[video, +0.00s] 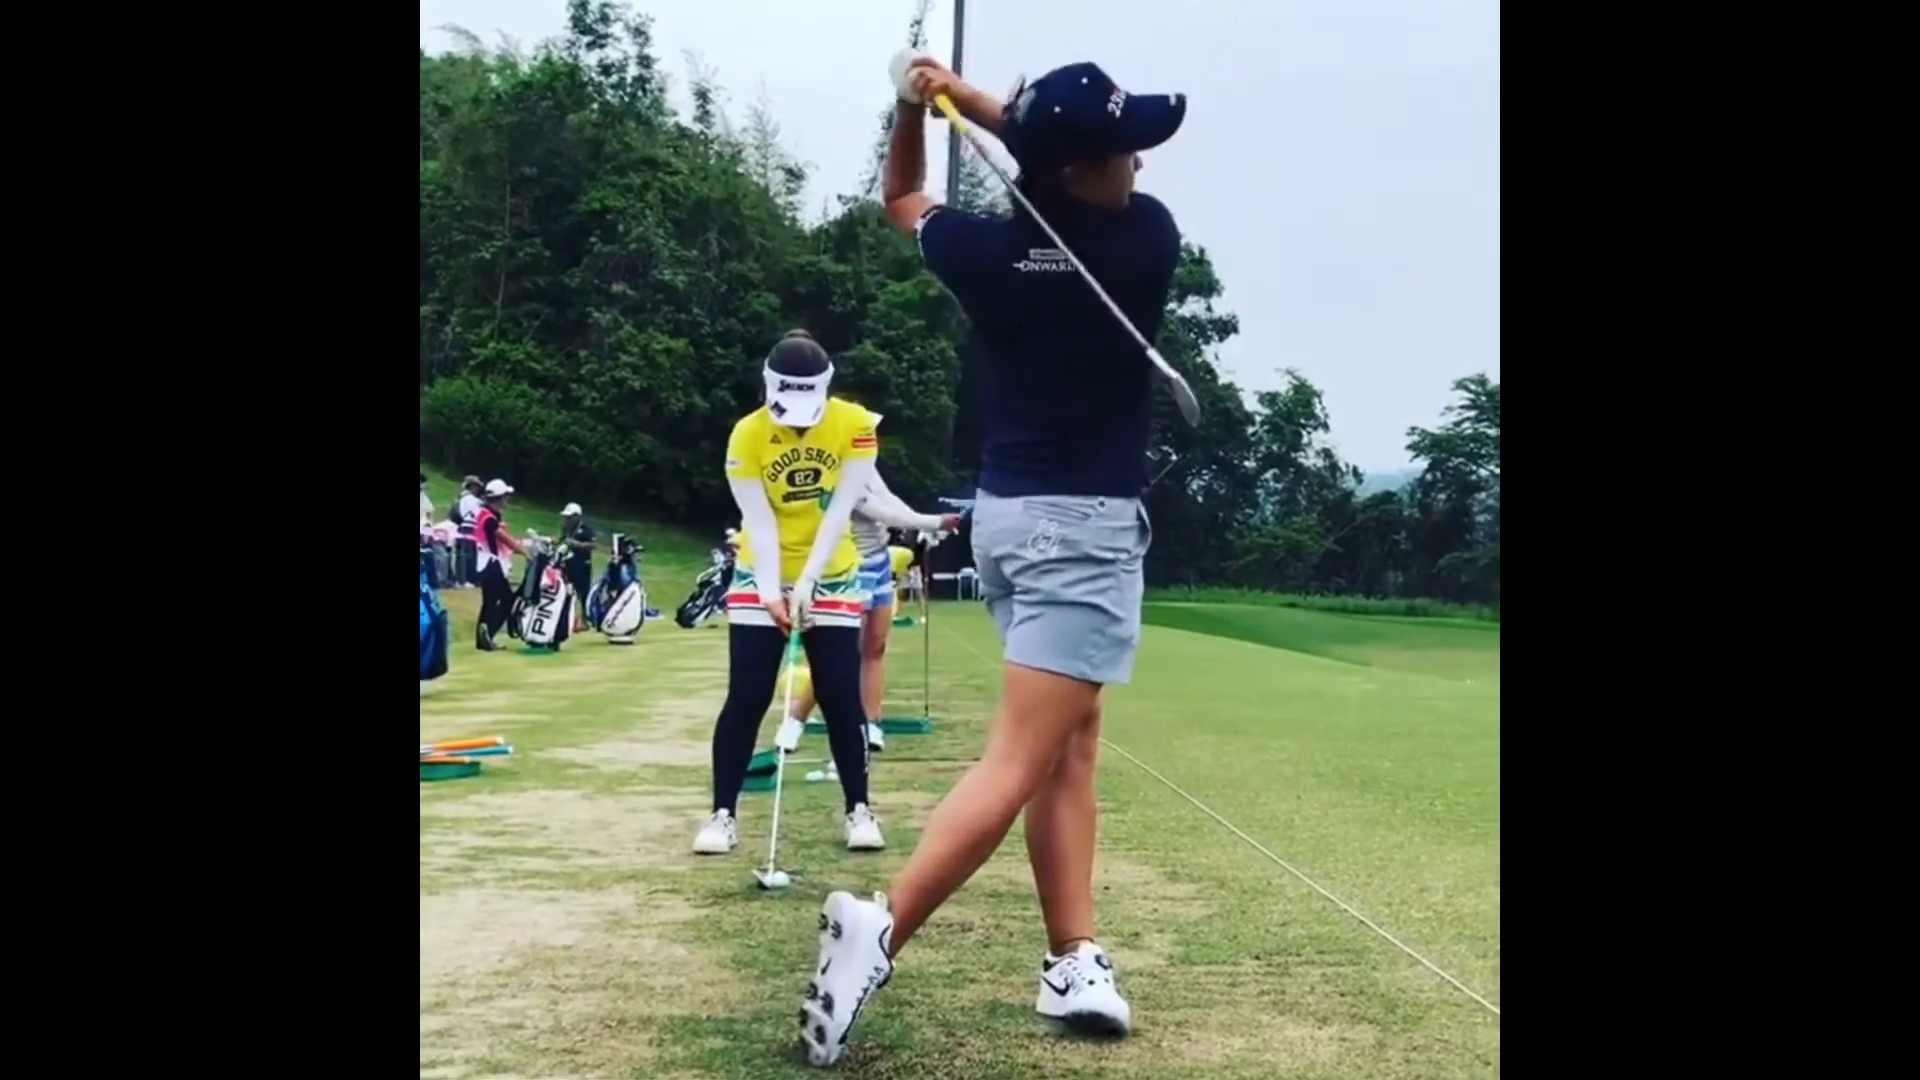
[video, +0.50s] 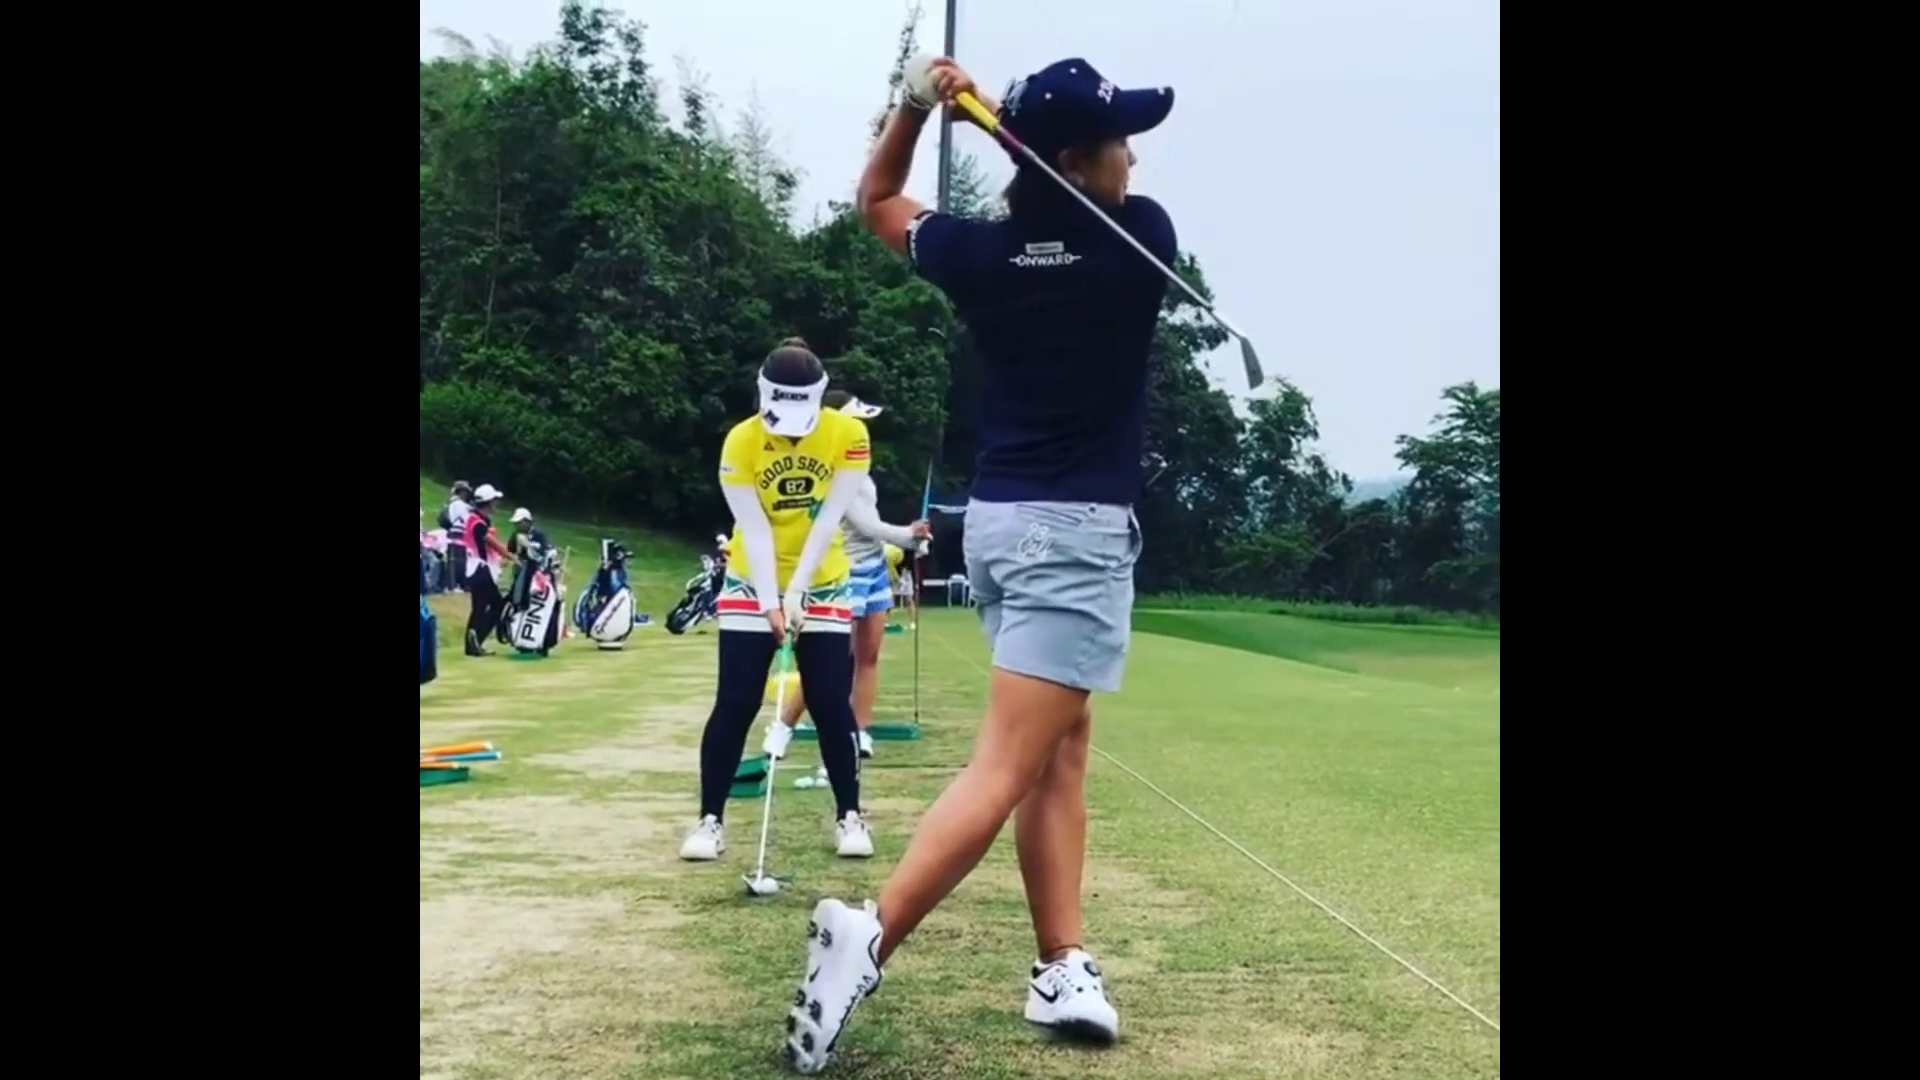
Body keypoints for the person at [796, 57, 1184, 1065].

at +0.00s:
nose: (1138, 160)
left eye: (1133, 146)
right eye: (1126, 151)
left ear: (1039, 166)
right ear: (1086, 166)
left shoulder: (979, 243)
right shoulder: (1143, 238)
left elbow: (906, 198)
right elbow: (1068, 159)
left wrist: (911, 108)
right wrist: (967, 98)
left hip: (1000, 515)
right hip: (1086, 519)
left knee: (1072, 745)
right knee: (1018, 762)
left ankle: (1074, 961)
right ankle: (878, 931)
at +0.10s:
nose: (1137, 155)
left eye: (1132, 141)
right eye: (1126, 146)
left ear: (1038, 163)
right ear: (1091, 161)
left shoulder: (981, 247)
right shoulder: (1148, 232)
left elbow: (885, 197)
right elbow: (1067, 173)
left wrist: (902, 110)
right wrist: (983, 112)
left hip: (996, 516)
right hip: (1086, 519)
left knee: (1068, 747)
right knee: (1013, 765)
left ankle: (1070, 962)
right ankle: (876, 931)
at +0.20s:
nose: (1135, 149)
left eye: (1128, 135)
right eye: (1123, 141)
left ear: (1035, 160)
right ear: (1091, 160)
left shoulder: (980, 247)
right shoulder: (1147, 231)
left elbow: (879, 198)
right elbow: (1071, 186)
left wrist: (908, 106)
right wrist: (995, 119)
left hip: (993, 517)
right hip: (1083, 521)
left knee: (1065, 749)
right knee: (1009, 766)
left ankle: (1067, 963)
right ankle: (873, 932)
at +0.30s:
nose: (1134, 146)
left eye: (1127, 132)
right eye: (1122, 139)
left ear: (1034, 159)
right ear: (1091, 158)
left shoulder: (978, 247)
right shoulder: (1146, 231)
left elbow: (878, 196)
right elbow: (1070, 185)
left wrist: (913, 102)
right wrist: (998, 116)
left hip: (994, 519)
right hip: (1081, 523)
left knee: (1064, 749)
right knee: (1007, 767)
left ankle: (1064, 965)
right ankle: (871, 934)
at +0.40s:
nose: (1135, 147)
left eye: (1128, 132)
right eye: (1122, 139)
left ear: (1034, 160)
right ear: (1091, 158)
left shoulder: (977, 249)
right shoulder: (1143, 234)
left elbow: (879, 197)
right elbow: (1064, 185)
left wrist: (917, 104)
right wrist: (993, 115)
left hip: (992, 521)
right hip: (1079, 525)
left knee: (1063, 750)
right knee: (1005, 769)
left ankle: (1063, 967)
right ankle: (869, 935)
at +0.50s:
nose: (1133, 148)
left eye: (1127, 134)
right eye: (1121, 140)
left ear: (1034, 161)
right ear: (1089, 158)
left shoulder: (976, 250)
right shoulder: (1142, 234)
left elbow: (880, 199)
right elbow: (1063, 184)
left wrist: (918, 104)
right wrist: (991, 115)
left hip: (992, 522)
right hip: (1078, 526)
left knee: (1062, 752)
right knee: (1004, 770)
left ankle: (1063, 968)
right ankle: (868, 938)